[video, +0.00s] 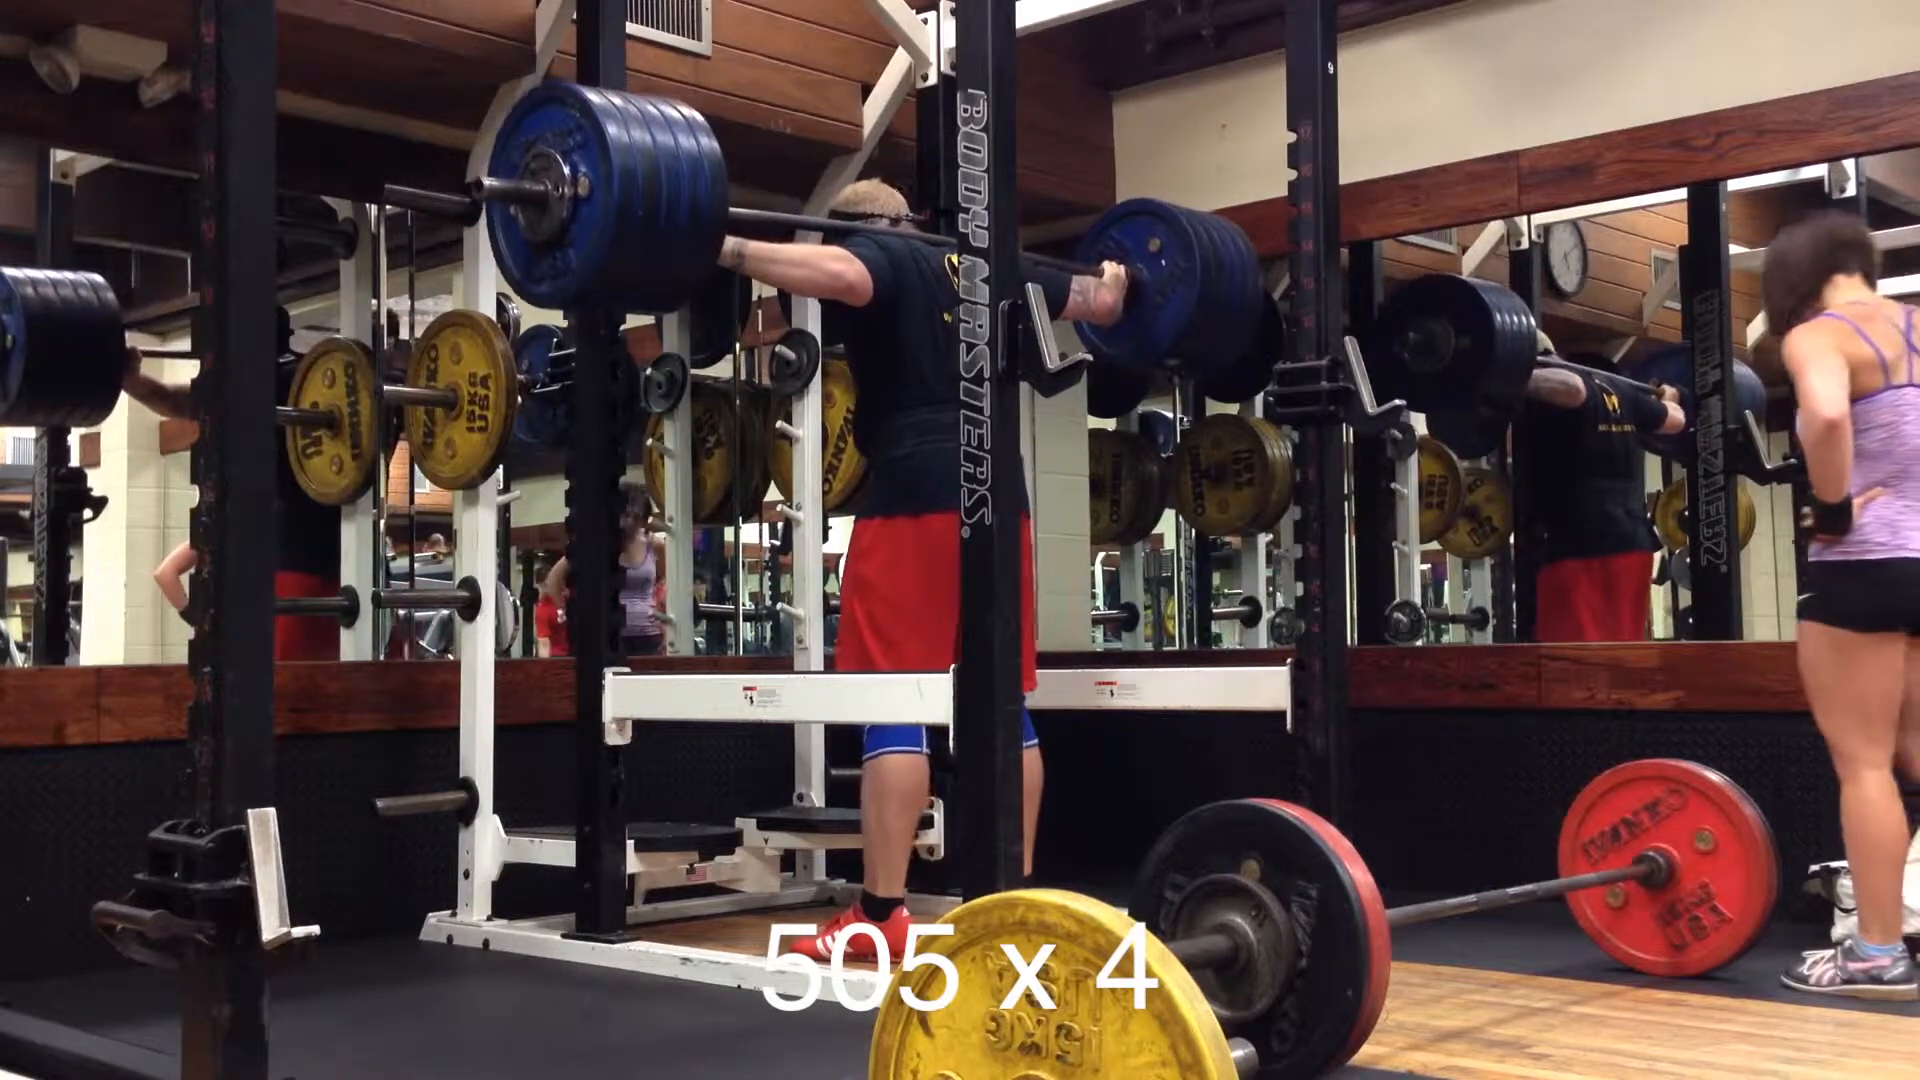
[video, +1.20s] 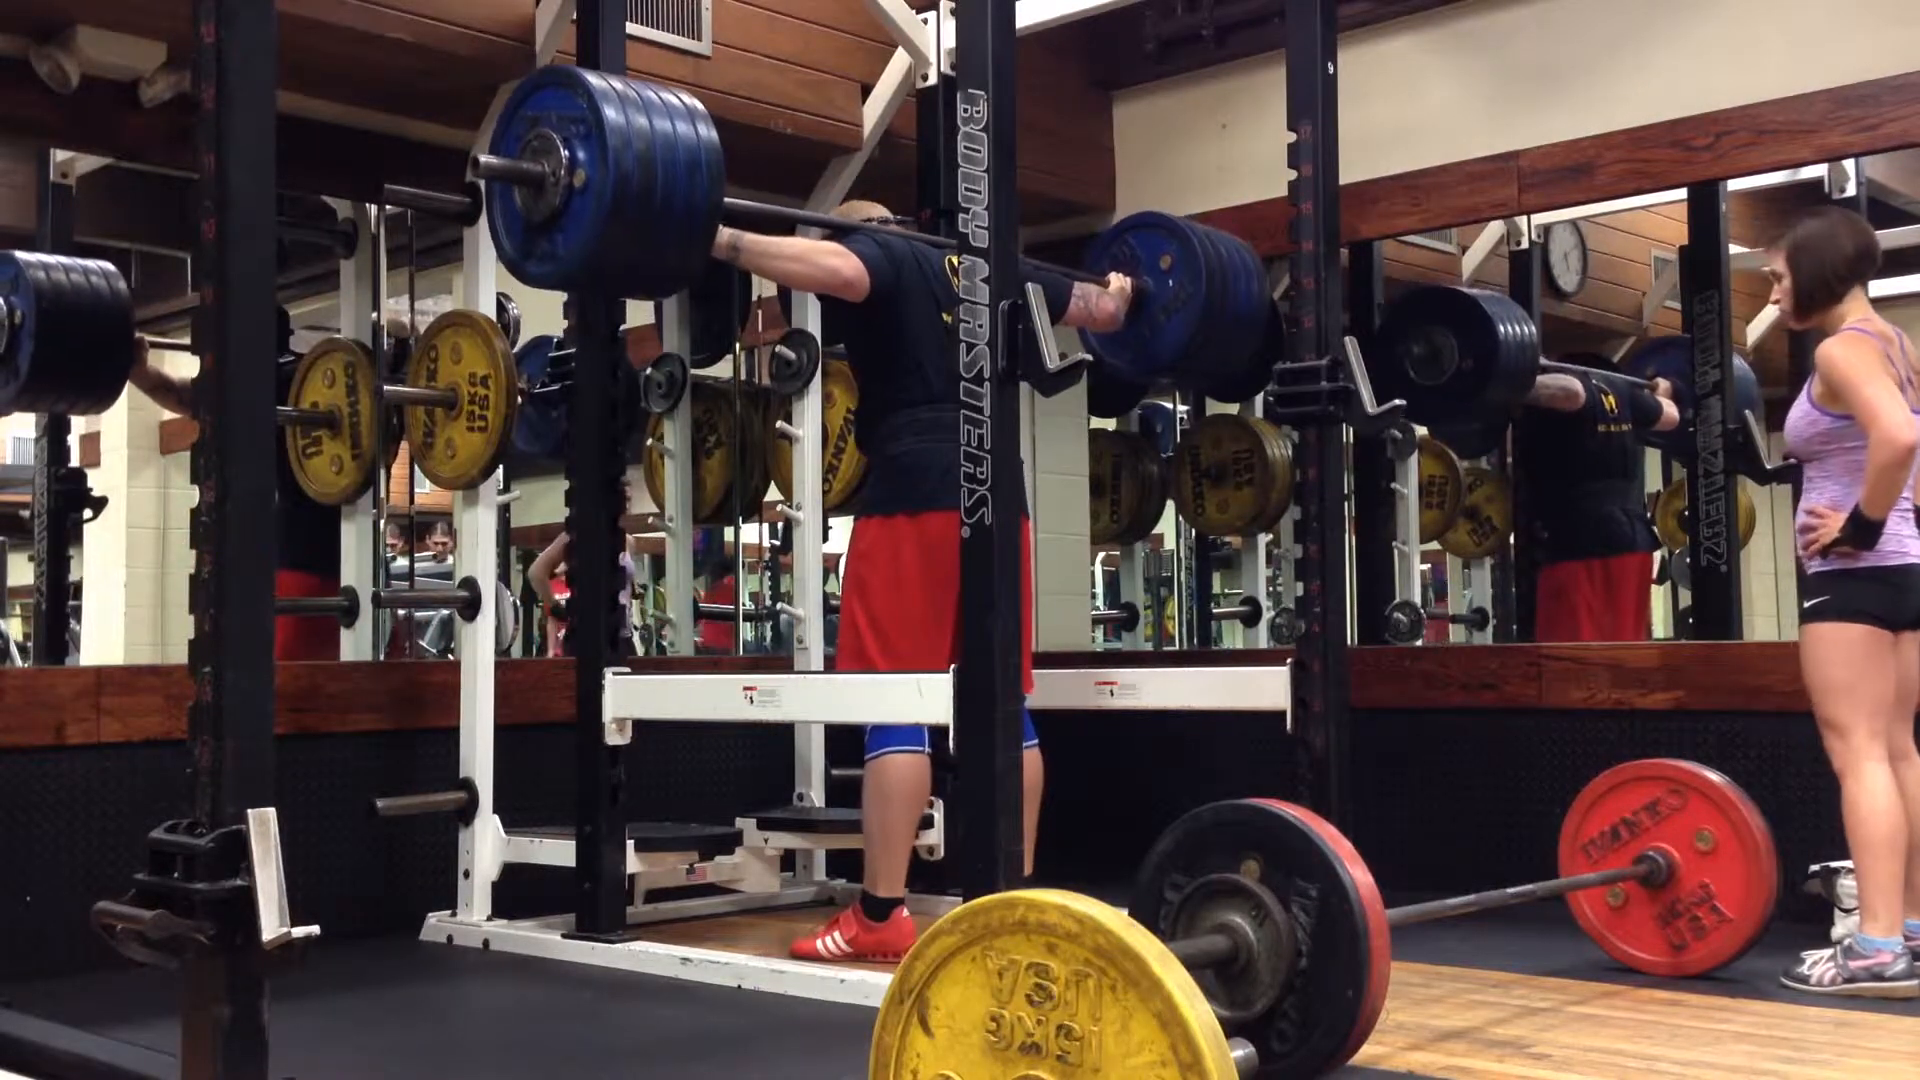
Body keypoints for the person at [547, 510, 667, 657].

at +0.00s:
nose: (628, 522)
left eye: (634, 516)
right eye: (624, 515)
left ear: (645, 519)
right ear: (615, 515)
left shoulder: (654, 545)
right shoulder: (599, 544)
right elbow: (553, 579)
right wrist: (564, 611)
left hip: (647, 629)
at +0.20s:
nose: (639, 521)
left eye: (645, 515)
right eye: (633, 514)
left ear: (652, 515)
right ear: (623, 513)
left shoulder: (659, 544)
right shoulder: (611, 542)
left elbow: (670, 582)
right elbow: (558, 575)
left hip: (651, 629)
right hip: (617, 628)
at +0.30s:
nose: (642, 518)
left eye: (648, 512)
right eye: (636, 511)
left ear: (653, 511)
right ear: (626, 511)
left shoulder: (660, 543)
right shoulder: (612, 540)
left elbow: (670, 579)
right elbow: (558, 574)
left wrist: (666, 593)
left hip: (651, 627)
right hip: (618, 627)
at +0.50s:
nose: (645, 514)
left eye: (650, 507)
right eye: (639, 507)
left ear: (654, 510)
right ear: (626, 508)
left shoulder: (655, 542)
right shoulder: (614, 539)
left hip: (649, 624)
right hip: (620, 624)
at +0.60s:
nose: (646, 510)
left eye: (649, 503)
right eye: (639, 504)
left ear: (653, 505)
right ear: (624, 508)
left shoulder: (652, 543)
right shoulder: (604, 541)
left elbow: (657, 580)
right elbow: (556, 573)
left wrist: (655, 604)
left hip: (647, 629)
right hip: (613, 628)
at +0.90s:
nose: (635, 508)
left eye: (638, 501)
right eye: (630, 501)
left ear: (641, 502)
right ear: (615, 503)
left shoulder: (638, 543)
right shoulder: (588, 538)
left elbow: (639, 583)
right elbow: (547, 570)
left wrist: (639, 608)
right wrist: (563, 607)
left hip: (635, 630)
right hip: (599, 630)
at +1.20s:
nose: (625, 508)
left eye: (627, 502)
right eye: (621, 501)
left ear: (625, 504)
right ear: (604, 503)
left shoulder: (625, 540)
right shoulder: (574, 537)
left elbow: (628, 578)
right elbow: (537, 573)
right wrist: (554, 606)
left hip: (619, 628)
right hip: (583, 629)